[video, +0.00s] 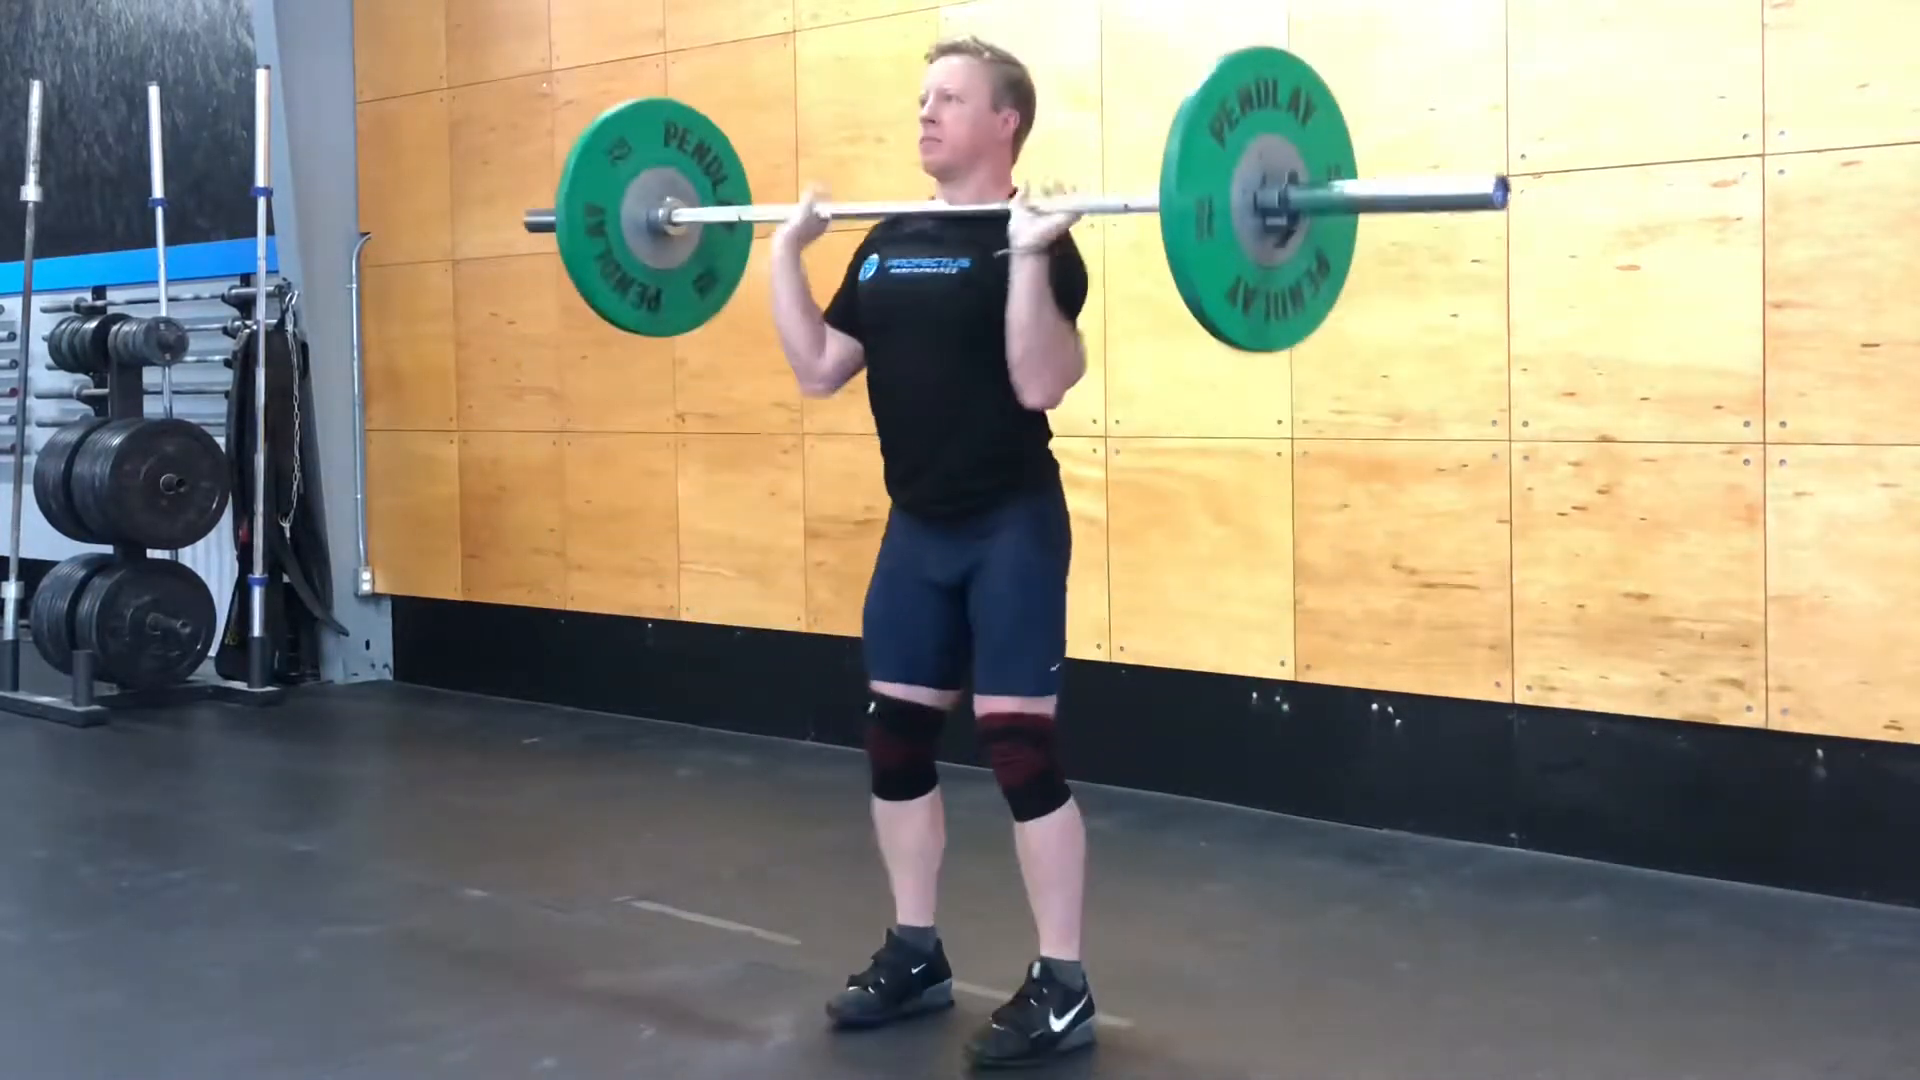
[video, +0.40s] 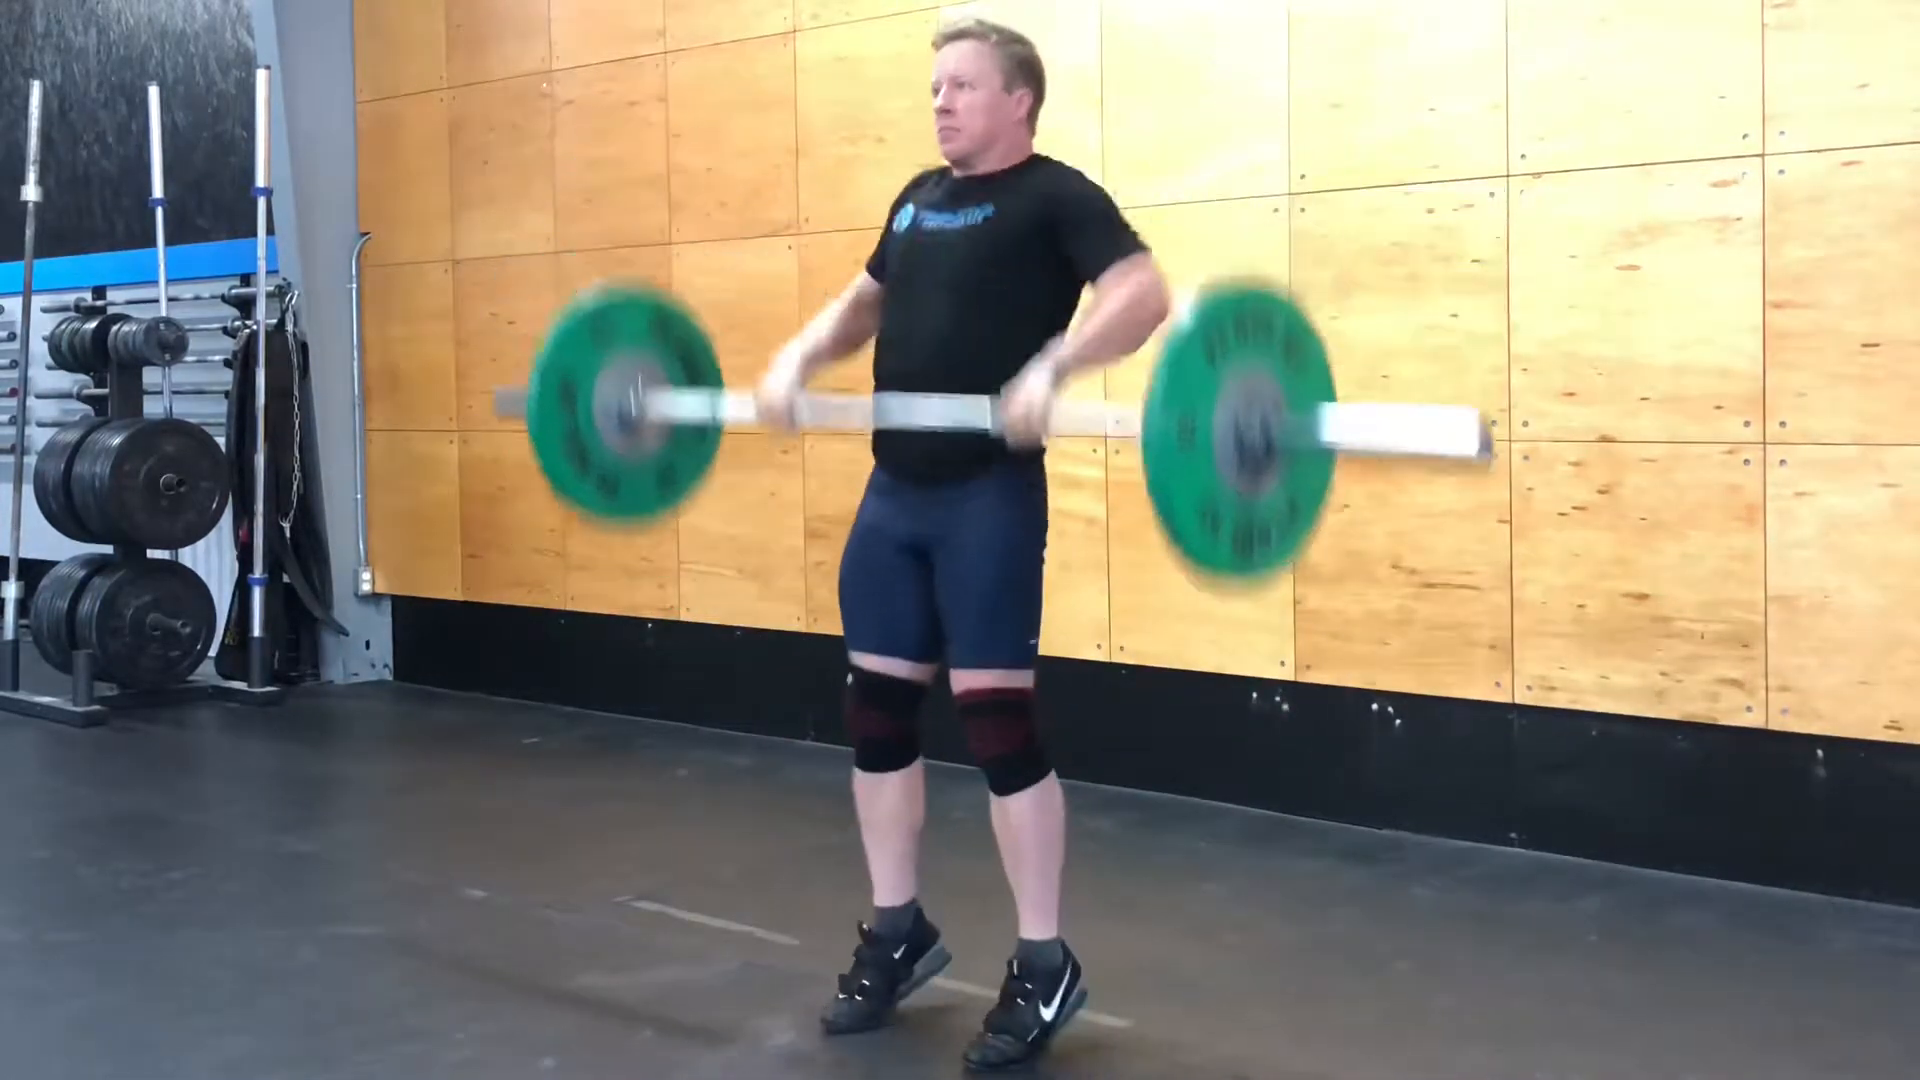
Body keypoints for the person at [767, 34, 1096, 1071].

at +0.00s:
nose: (926, 117)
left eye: (948, 103)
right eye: (925, 103)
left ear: (1006, 124)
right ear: (931, 122)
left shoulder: (1043, 246)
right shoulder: (889, 241)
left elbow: (1042, 384)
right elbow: (820, 367)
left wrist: (1027, 252)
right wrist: (784, 252)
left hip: (1016, 523)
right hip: (915, 524)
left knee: (1020, 751)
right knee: (897, 741)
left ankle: (1062, 986)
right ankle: (914, 956)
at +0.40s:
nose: (940, 105)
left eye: (958, 90)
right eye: (936, 91)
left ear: (1021, 101)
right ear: (940, 104)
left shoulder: (1061, 198)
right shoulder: (921, 196)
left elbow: (1145, 296)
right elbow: (868, 303)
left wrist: (1054, 365)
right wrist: (797, 357)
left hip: (990, 498)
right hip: (892, 495)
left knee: (996, 720)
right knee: (877, 711)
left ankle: (1043, 963)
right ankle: (895, 928)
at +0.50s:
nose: (921, 119)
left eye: (940, 103)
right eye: (916, 104)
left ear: (1001, 111)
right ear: (918, 116)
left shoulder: (1039, 231)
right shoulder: (896, 234)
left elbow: (1100, 364)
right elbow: (864, 363)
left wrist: (1057, 496)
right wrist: (806, 472)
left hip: (990, 533)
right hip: (888, 523)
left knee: (999, 747)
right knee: (870, 732)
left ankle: (1045, 977)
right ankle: (906, 945)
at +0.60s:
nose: (864, 157)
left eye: (883, 139)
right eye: (860, 140)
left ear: (946, 147)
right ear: (863, 153)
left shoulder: (1000, 283)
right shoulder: (853, 287)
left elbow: (1059, 432)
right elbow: (829, 431)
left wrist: (1061, 584)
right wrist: (805, 556)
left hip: (1018, 548)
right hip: (918, 546)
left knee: (1013, 753)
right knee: (866, 738)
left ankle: (1051, 988)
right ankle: (918, 960)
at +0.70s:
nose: (802, 268)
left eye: (817, 244)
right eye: (794, 247)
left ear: (880, 233)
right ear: (796, 248)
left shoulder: (972, 345)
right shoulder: (821, 361)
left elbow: (1034, 498)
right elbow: (814, 498)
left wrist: (1057, 654)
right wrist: (808, 628)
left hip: (1052, 545)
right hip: (958, 550)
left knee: (1043, 741)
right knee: (892, 729)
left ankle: (1054, 986)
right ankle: (921, 955)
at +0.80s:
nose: (786, 396)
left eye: (794, 371)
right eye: (773, 379)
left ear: (848, 343)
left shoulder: (959, 418)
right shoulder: (812, 444)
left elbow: (1029, 582)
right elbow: (814, 571)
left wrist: (1056, 737)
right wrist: (811, 702)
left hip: (1074, 552)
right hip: (971, 565)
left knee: (1052, 742)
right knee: (897, 730)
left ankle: (1054, 984)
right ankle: (920, 954)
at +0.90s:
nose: (776, 512)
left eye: (785, 487)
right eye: (764, 493)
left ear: (840, 448)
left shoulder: (958, 502)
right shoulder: (805, 513)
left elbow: (1026, 664)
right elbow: (809, 647)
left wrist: (1052, 818)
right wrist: (805, 785)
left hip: (1085, 569)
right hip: (980, 581)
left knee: (1057, 758)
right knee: (892, 730)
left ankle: (1054, 986)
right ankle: (920, 956)